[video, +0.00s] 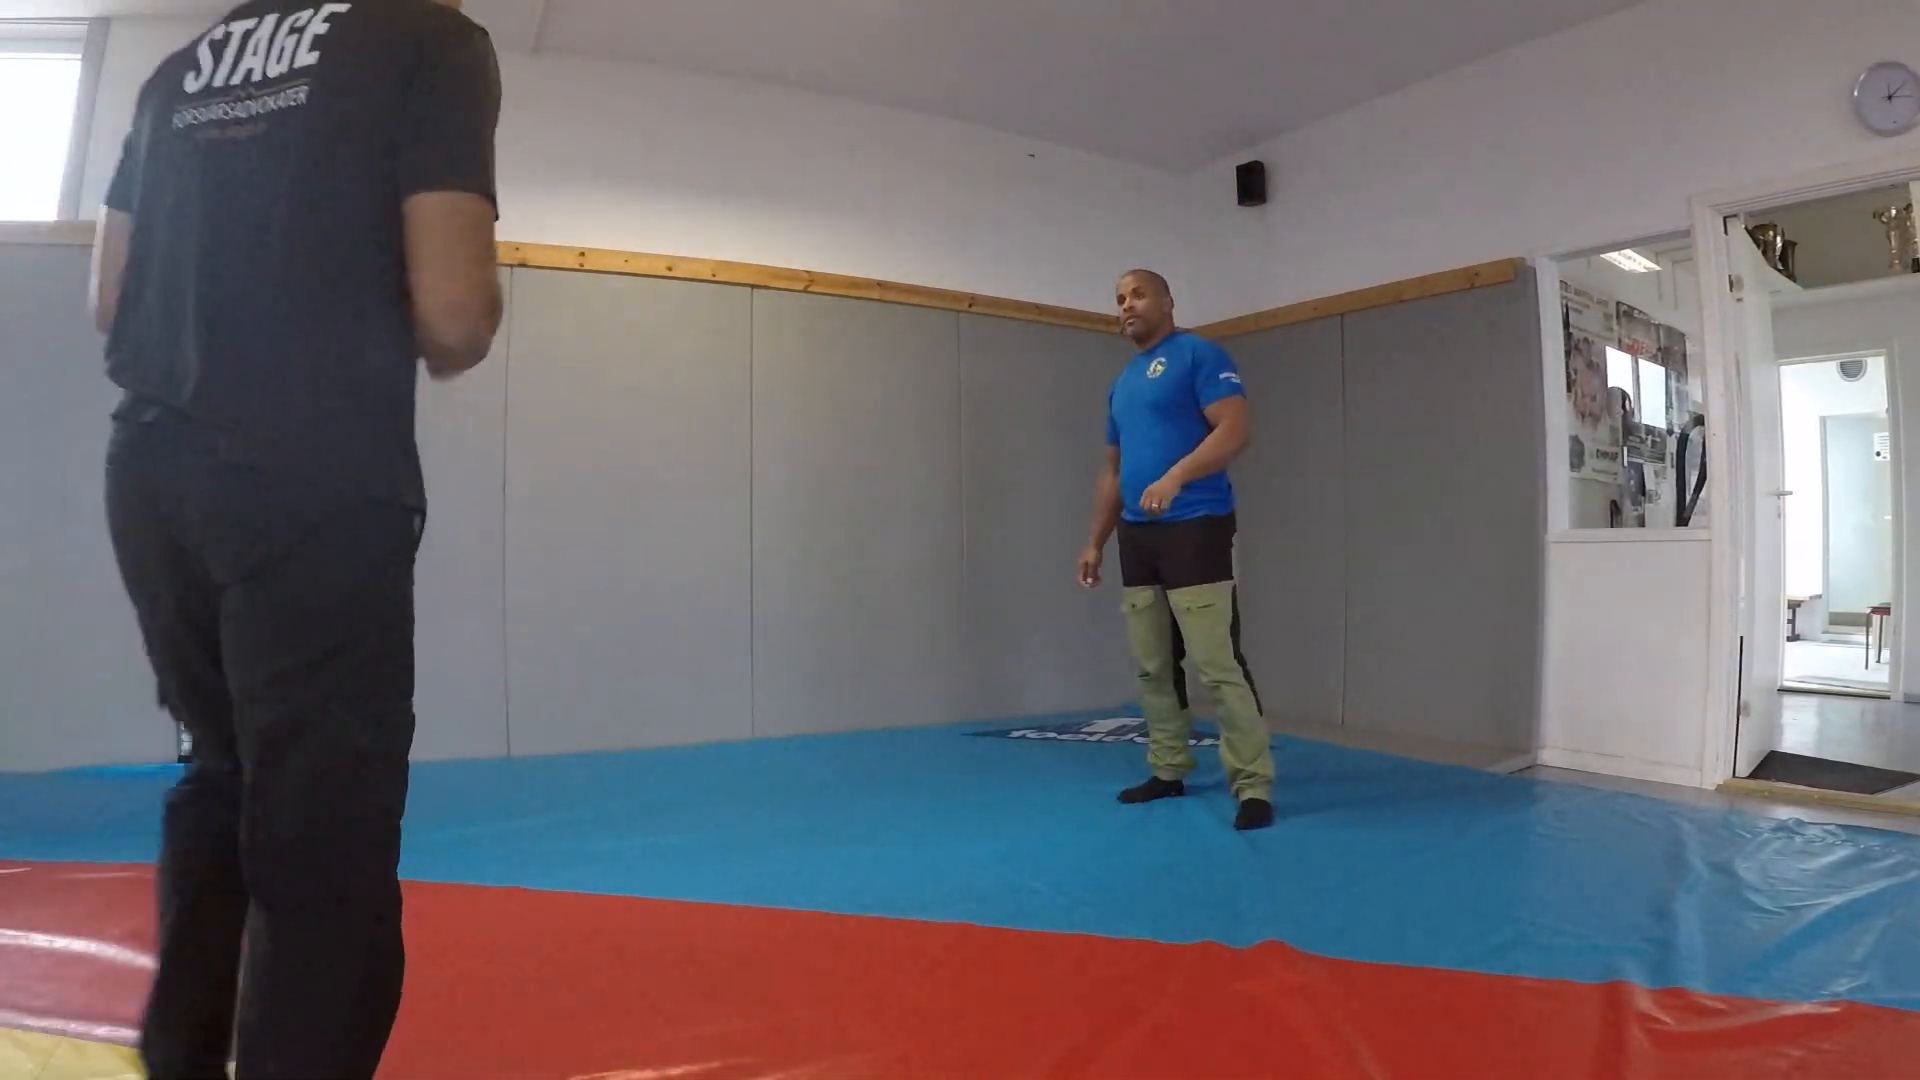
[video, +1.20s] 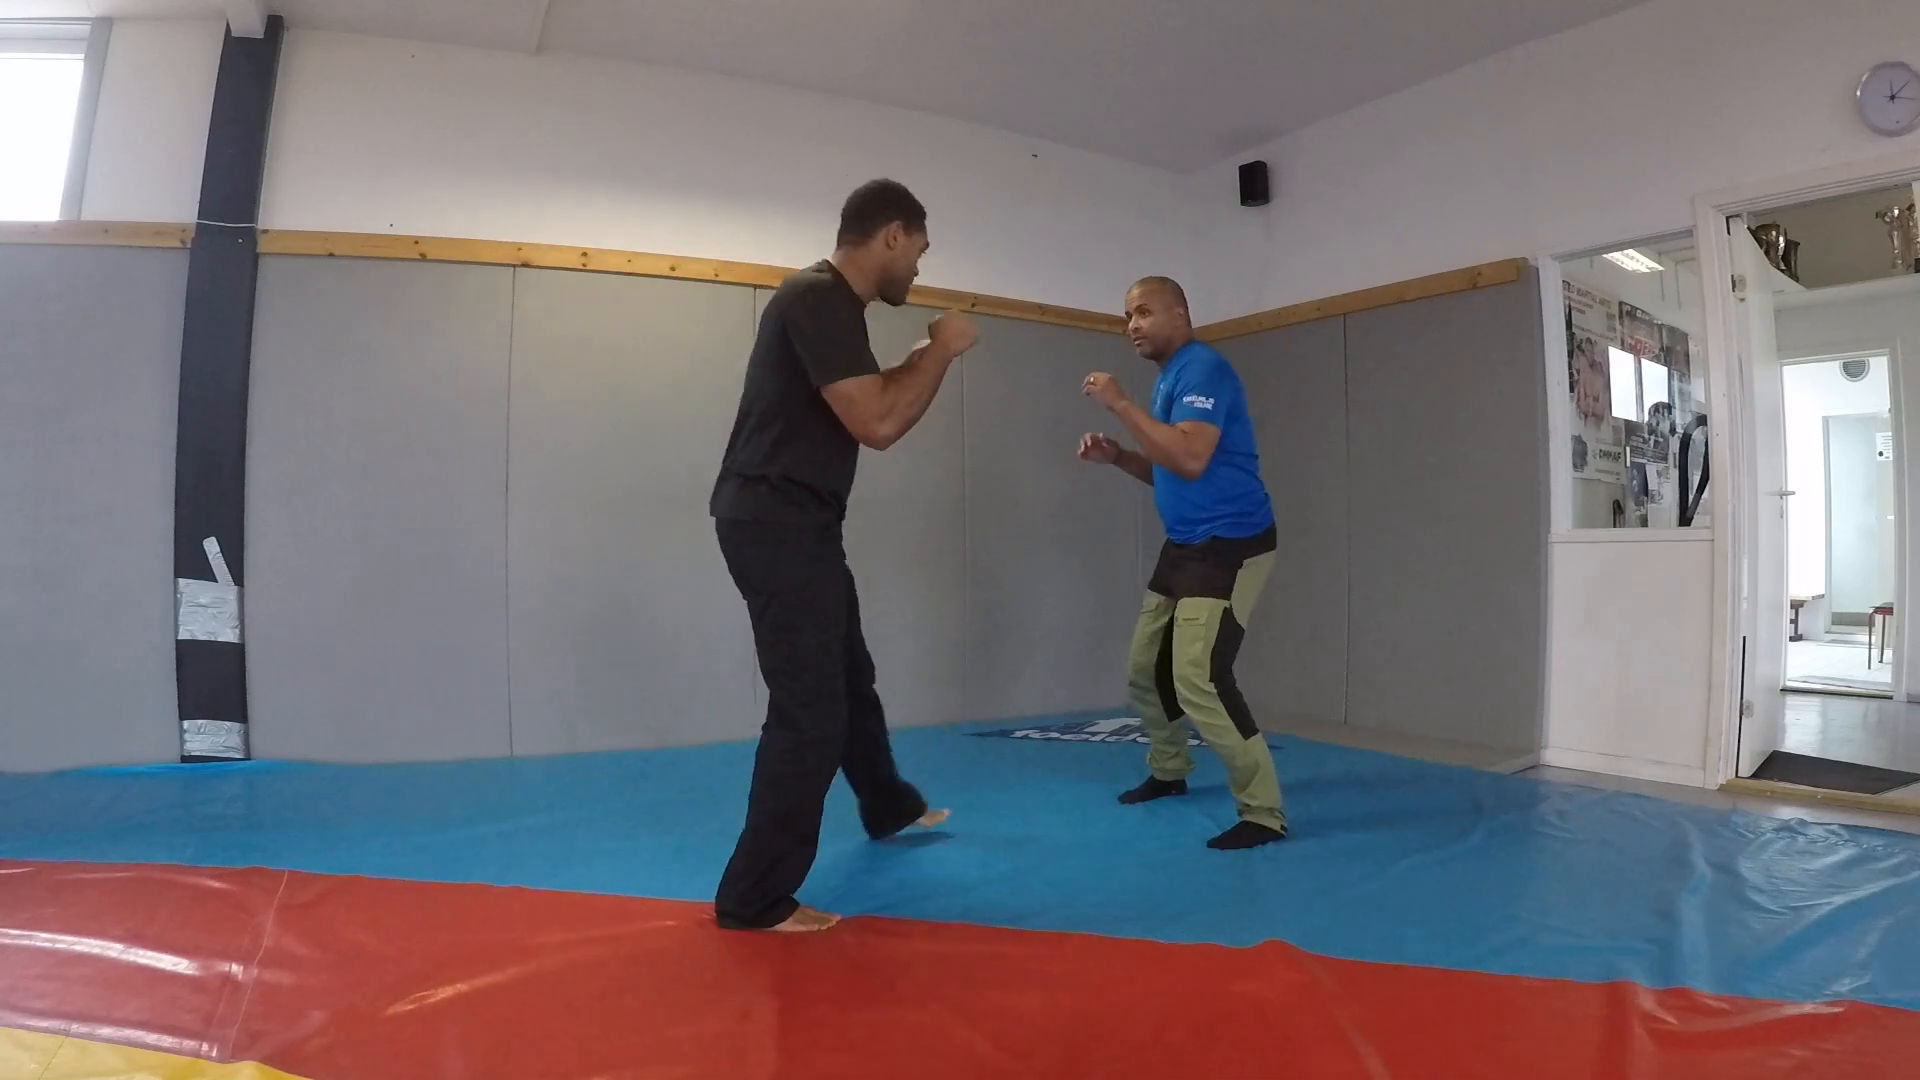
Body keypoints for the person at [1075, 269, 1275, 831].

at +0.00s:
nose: (1126, 307)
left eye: (1136, 296)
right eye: (1120, 301)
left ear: (1167, 302)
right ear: (1120, 315)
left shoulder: (1198, 355)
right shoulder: (1121, 384)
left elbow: (1234, 430)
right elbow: (1114, 470)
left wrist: (1174, 477)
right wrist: (1095, 542)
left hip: (1196, 528)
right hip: (1138, 535)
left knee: (1214, 663)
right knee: (1154, 665)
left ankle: (1252, 786)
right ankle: (1168, 773)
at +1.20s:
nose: (1132, 326)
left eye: (1143, 312)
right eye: (1128, 318)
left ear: (1181, 315)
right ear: (1135, 329)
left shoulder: (1206, 370)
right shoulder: (1167, 383)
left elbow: (1190, 457)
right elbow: (1171, 471)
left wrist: (1122, 405)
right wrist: (1118, 456)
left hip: (1233, 545)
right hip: (1185, 544)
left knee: (1199, 677)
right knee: (1148, 671)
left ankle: (1264, 815)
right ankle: (1170, 773)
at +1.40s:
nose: (1154, 328)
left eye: (1165, 315)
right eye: (1151, 318)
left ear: (1202, 319)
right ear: (1165, 326)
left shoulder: (1235, 381)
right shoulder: (1180, 383)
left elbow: (1211, 476)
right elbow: (1157, 447)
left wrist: (1145, 413)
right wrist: (1117, 400)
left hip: (1260, 548)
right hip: (1211, 545)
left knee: (1209, 674)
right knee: (1164, 667)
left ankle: (1264, 817)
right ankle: (1177, 770)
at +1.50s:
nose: (1169, 329)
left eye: (1179, 316)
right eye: (1166, 319)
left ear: (1220, 317)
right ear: (1174, 325)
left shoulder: (1259, 387)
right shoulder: (1181, 376)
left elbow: (1246, 480)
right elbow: (1116, 410)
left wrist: (1179, 412)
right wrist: (1068, 355)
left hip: (1267, 546)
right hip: (1213, 544)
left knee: (1217, 671)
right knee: (1172, 663)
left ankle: (1265, 818)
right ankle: (1215, 754)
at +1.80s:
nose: (1184, 327)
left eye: (1194, 316)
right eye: (1179, 319)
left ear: (1231, 321)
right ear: (1181, 329)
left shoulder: (1271, 378)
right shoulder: (1175, 387)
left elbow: (1264, 442)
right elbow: (1138, 465)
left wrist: (1216, 368)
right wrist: (1100, 424)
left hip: (1264, 540)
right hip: (1211, 546)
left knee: (1229, 664)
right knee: (1225, 664)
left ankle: (1268, 815)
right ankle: (1255, 758)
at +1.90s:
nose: (1173, 334)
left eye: (1184, 322)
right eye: (1168, 327)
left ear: (1221, 326)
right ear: (1170, 337)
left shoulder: (1257, 374)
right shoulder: (1174, 400)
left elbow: (1231, 409)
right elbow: (1164, 484)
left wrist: (1166, 344)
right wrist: (1139, 476)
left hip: (1264, 544)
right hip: (1214, 550)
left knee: (1224, 668)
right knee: (1225, 670)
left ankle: (1267, 813)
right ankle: (1258, 759)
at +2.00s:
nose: (1161, 341)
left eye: (1170, 329)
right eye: (1157, 335)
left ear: (1208, 330)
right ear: (1166, 343)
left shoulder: (1235, 373)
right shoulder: (1181, 397)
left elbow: (1175, 393)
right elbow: (1185, 485)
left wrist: (1096, 367)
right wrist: (1163, 491)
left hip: (1265, 545)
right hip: (1222, 548)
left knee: (1224, 673)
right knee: (1211, 671)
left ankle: (1267, 813)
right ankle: (1254, 758)